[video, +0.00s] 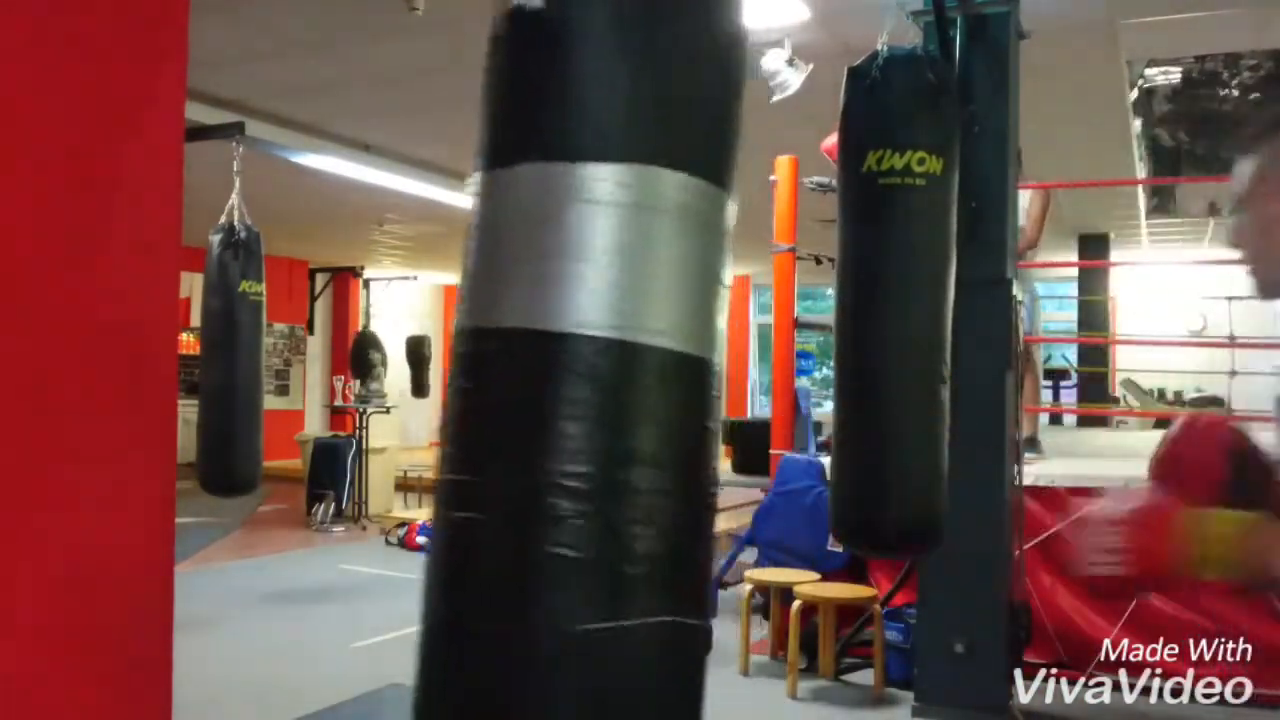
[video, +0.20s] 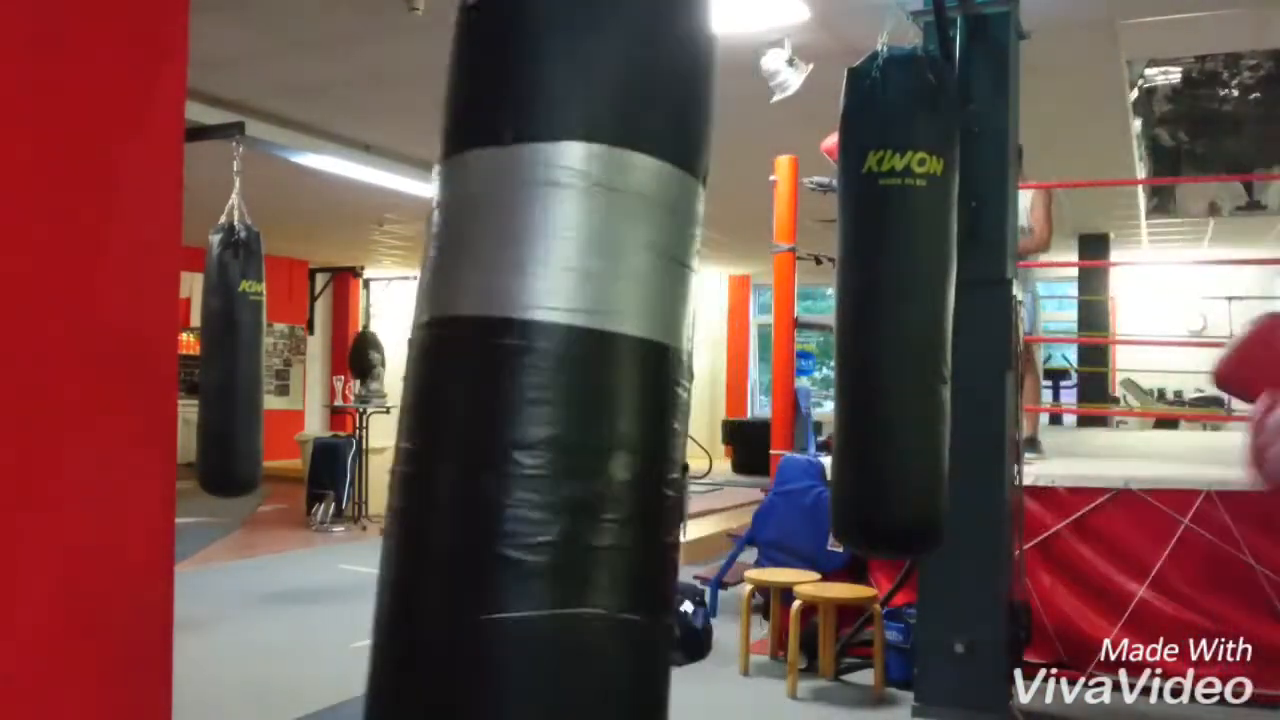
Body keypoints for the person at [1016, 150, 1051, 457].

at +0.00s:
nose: (1009, 161)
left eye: (1014, 155)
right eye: (1007, 155)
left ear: (1020, 157)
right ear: (997, 157)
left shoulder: (1036, 185)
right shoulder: (985, 184)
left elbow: (1030, 237)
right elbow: (1030, 237)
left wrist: (999, 252)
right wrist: (1003, 249)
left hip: (1016, 277)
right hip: (988, 278)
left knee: (1025, 356)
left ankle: (1029, 433)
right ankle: (1006, 435)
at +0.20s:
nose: (1008, 162)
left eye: (1012, 155)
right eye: (1004, 155)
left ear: (1018, 157)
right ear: (996, 158)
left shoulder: (1034, 189)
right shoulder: (986, 188)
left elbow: (1041, 238)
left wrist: (1007, 249)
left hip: (1018, 280)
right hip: (988, 283)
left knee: (1025, 358)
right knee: (994, 360)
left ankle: (1029, 433)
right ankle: (1000, 436)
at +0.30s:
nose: (1007, 161)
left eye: (1011, 154)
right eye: (1003, 154)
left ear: (1018, 156)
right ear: (995, 157)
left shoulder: (1034, 190)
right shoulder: (984, 189)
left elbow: (1048, 239)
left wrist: (1018, 246)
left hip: (1020, 283)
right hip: (987, 285)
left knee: (1026, 359)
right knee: (991, 361)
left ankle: (1029, 434)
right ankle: (998, 436)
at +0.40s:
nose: (1008, 163)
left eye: (1012, 155)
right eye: (1004, 156)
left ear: (1018, 157)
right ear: (995, 159)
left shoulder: (1034, 192)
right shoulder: (983, 190)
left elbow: (1054, 239)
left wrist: (1026, 245)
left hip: (1020, 284)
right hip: (986, 287)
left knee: (1026, 358)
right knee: (991, 361)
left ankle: (1029, 434)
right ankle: (996, 436)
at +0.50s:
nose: (1008, 162)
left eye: (1011, 155)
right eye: (1005, 155)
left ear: (1018, 156)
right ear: (999, 157)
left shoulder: (1037, 191)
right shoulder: (983, 190)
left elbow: (1061, 239)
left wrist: (1030, 243)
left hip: (1021, 285)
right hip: (986, 288)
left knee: (1026, 358)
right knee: (995, 361)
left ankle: (1029, 435)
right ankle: (998, 436)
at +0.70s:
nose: (1007, 163)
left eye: (1009, 156)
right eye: (1005, 157)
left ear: (1017, 157)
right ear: (1011, 158)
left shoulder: (1039, 192)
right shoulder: (985, 191)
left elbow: (1064, 239)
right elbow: (1062, 237)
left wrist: (1034, 236)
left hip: (1023, 285)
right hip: (989, 287)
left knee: (1028, 361)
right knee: (996, 363)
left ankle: (1030, 435)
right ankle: (1000, 438)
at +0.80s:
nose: (1006, 161)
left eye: (1009, 154)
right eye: (1002, 155)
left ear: (1017, 155)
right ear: (997, 158)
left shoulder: (1039, 193)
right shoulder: (986, 192)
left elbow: (1057, 241)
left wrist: (1029, 238)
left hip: (1023, 283)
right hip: (989, 284)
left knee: (1027, 359)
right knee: (993, 360)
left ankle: (1029, 435)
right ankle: (997, 437)